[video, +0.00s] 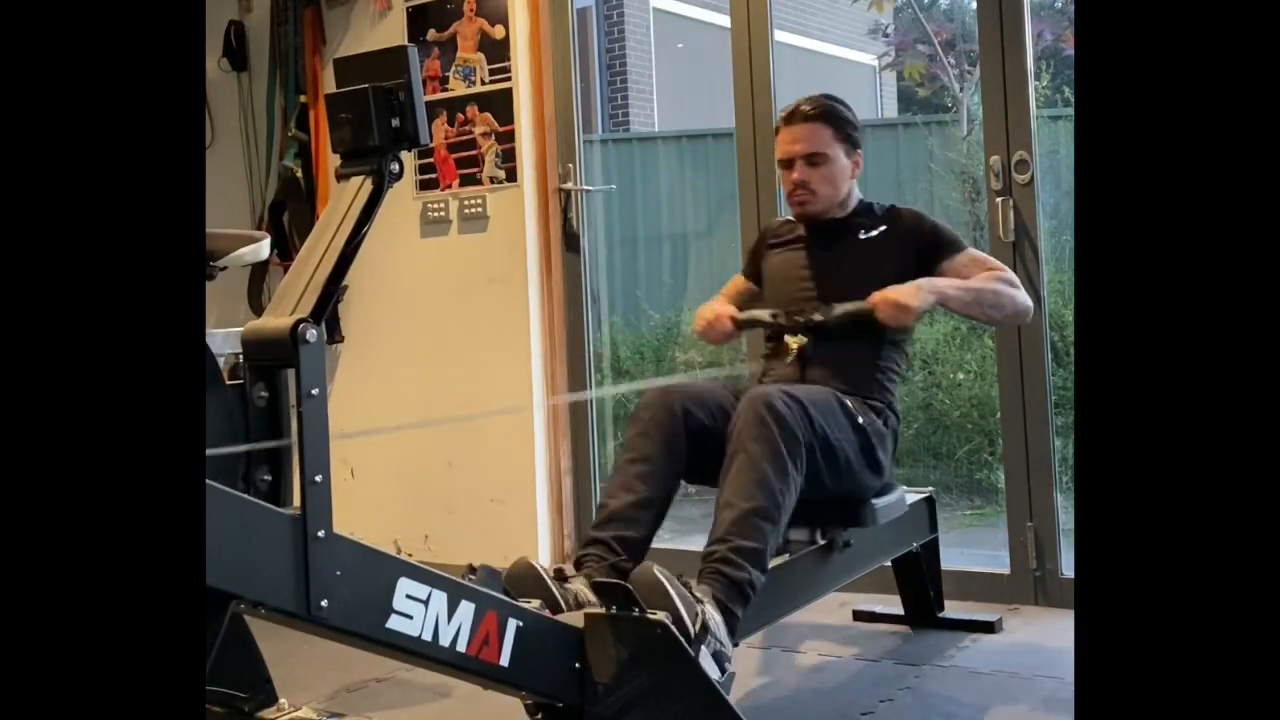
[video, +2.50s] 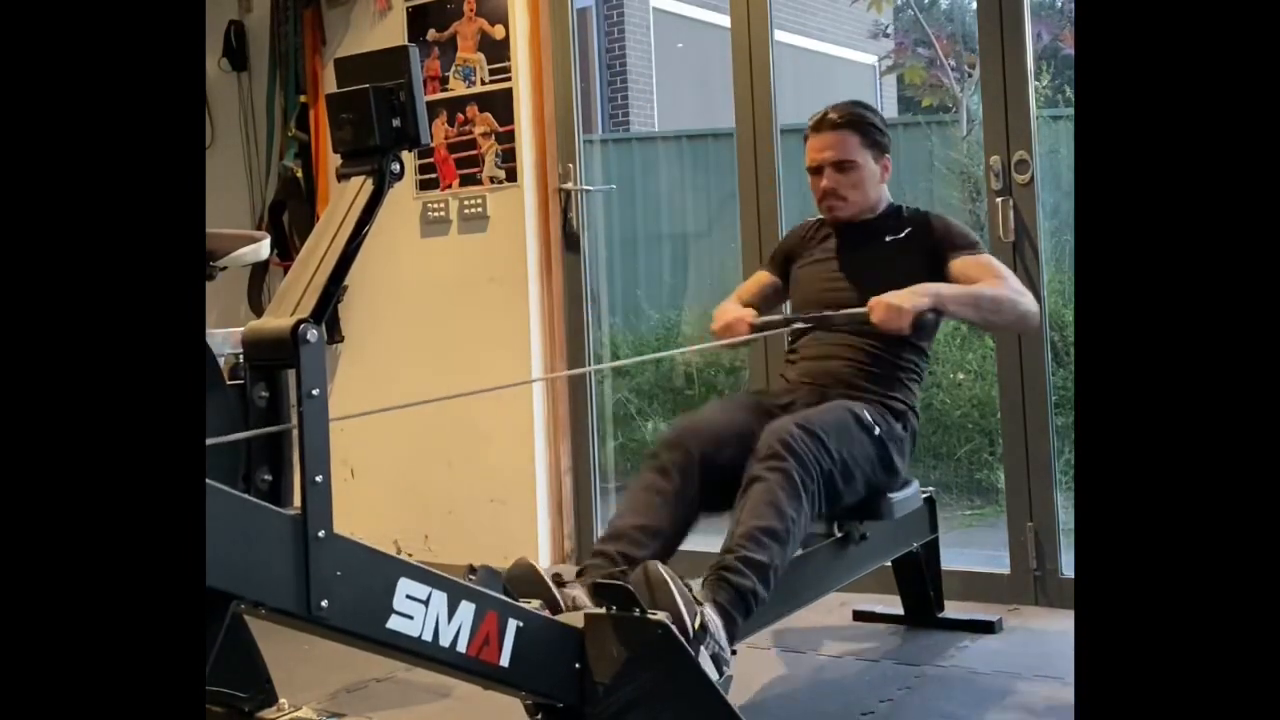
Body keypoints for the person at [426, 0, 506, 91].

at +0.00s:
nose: (471, 7)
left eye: (473, 4)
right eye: (469, 4)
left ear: (476, 7)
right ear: (463, 8)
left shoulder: (480, 22)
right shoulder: (457, 25)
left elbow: (493, 34)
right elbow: (445, 36)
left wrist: (498, 32)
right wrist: (435, 36)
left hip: (474, 60)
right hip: (460, 59)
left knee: (474, 89)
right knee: (459, 90)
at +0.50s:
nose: (471, 7)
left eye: (473, 5)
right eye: (469, 4)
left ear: (476, 8)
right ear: (463, 8)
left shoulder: (480, 22)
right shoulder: (457, 25)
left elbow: (493, 34)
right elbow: (445, 36)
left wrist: (498, 32)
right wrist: (435, 36)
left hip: (474, 60)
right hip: (460, 59)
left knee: (474, 89)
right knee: (458, 89)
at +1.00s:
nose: (471, 7)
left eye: (473, 4)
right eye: (468, 4)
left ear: (476, 7)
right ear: (463, 7)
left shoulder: (480, 22)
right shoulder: (457, 24)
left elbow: (493, 34)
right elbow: (445, 36)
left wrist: (498, 32)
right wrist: (435, 36)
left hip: (474, 60)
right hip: (460, 59)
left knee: (474, 89)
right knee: (458, 89)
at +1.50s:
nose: (471, 7)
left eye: (473, 4)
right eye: (469, 4)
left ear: (476, 7)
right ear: (463, 7)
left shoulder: (480, 22)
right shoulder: (457, 25)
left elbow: (493, 34)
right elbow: (444, 36)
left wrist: (498, 32)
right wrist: (434, 36)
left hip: (474, 60)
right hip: (460, 59)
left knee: (474, 89)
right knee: (458, 89)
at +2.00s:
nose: (471, 7)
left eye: (473, 4)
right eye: (468, 4)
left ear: (476, 7)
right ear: (463, 7)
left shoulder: (480, 22)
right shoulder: (457, 25)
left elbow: (493, 33)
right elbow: (444, 36)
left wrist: (498, 32)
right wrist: (435, 36)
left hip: (473, 60)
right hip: (460, 59)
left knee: (474, 89)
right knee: (458, 89)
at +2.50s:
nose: (471, 7)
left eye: (473, 4)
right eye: (468, 4)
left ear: (476, 7)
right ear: (463, 7)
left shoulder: (480, 22)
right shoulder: (457, 25)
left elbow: (494, 34)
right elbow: (444, 36)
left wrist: (498, 32)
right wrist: (435, 36)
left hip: (474, 60)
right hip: (460, 60)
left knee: (474, 89)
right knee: (458, 90)